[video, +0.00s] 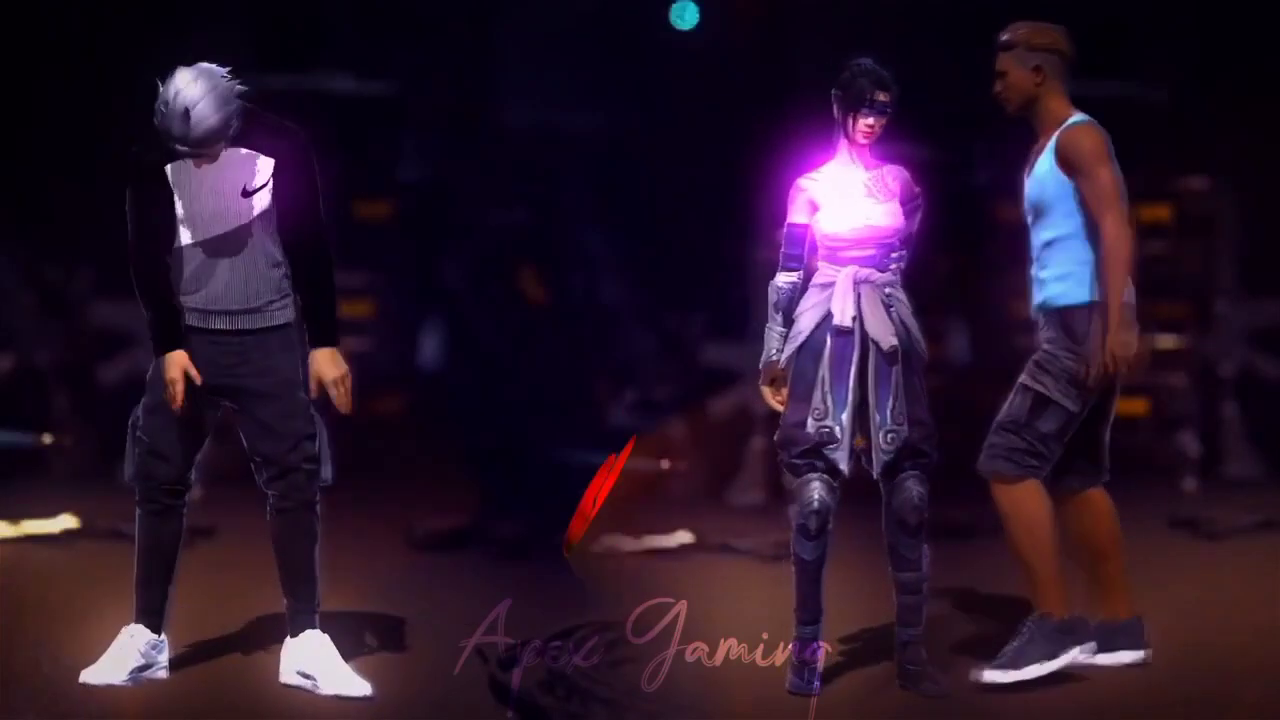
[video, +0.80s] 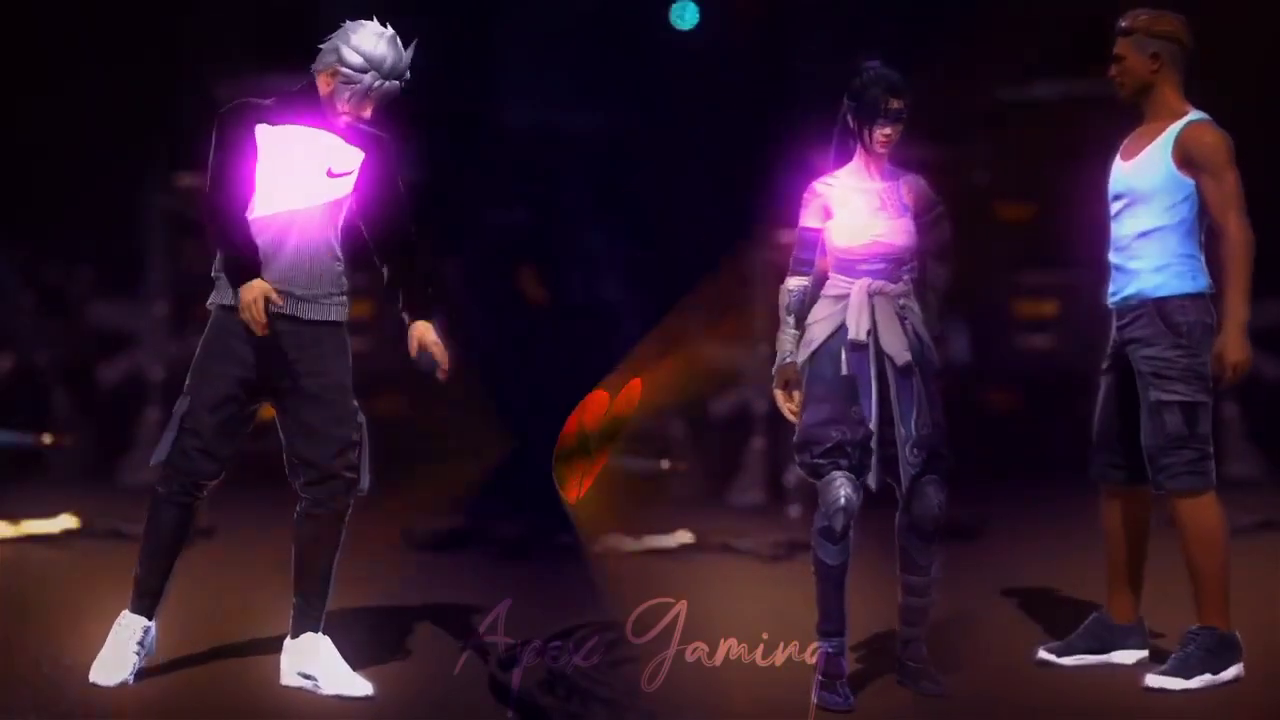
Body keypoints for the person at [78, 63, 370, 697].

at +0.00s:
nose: (204, 157)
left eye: (213, 146)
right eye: (192, 149)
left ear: (234, 120)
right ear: (171, 131)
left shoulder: (283, 150)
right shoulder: (152, 163)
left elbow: (310, 244)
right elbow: (146, 257)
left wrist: (324, 340)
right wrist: (167, 343)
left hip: (273, 342)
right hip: (186, 344)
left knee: (295, 484)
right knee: (156, 482)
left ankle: (304, 636)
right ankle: (148, 634)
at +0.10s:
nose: (219, 143)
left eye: (233, 133)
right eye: (210, 133)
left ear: (259, 116)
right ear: (193, 117)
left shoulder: (296, 143)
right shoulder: (174, 147)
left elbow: (292, 242)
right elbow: (198, 234)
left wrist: (238, 328)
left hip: (271, 318)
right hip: (192, 319)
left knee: (299, 472)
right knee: (162, 472)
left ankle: (306, 636)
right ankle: (146, 633)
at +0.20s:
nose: (238, 130)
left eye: (252, 121)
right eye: (229, 118)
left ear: (277, 107)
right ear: (213, 101)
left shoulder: (314, 148)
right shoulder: (187, 135)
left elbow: (287, 242)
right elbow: (228, 210)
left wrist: (205, 284)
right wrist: (327, 223)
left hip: (280, 335)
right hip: (199, 334)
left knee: (303, 478)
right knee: (167, 479)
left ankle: (305, 638)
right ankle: (145, 632)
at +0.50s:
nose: (303, 109)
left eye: (316, 100)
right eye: (295, 94)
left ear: (335, 97)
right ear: (277, 82)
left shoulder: (343, 141)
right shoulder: (220, 117)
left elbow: (345, 214)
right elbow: (241, 157)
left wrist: (270, 226)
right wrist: (344, 131)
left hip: (300, 330)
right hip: (217, 326)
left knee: (314, 480)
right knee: (176, 475)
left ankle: (304, 638)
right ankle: (141, 627)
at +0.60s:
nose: (328, 110)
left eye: (342, 99)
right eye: (320, 93)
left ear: (357, 93)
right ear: (296, 72)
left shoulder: (358, 143)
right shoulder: (231, 116)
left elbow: (366, 235)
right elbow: (231, 175)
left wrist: (344, 261)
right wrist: (330, 165)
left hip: (309, 332)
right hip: (227, 325)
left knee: (323, 480)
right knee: (177, 474)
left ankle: (305, 638)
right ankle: (138, 626)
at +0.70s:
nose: (345, 110)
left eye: (359, 99)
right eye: (337, 92)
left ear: (371, 96)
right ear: (309, 75)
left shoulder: (370, 151)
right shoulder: (245, 120)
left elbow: (384, 242)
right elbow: (225, 195)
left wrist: (384, 292)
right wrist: (287, 226)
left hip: (316, 335)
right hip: (234, 324)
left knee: (328, 480)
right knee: (182, 472)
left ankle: (306, 639)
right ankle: (138, 624)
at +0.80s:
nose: (363, 109)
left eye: (376, 97)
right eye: (355, 91)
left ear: (385, 95)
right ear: (323, 75)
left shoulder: (381, 151)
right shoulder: (252, 122)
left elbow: (394, 239)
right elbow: (223, 206)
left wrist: (417, 314)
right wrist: (245, 276)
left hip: (321, 329)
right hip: (242, 315)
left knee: (330, 476)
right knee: (187, 463)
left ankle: (306, 639)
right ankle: (137, 622)